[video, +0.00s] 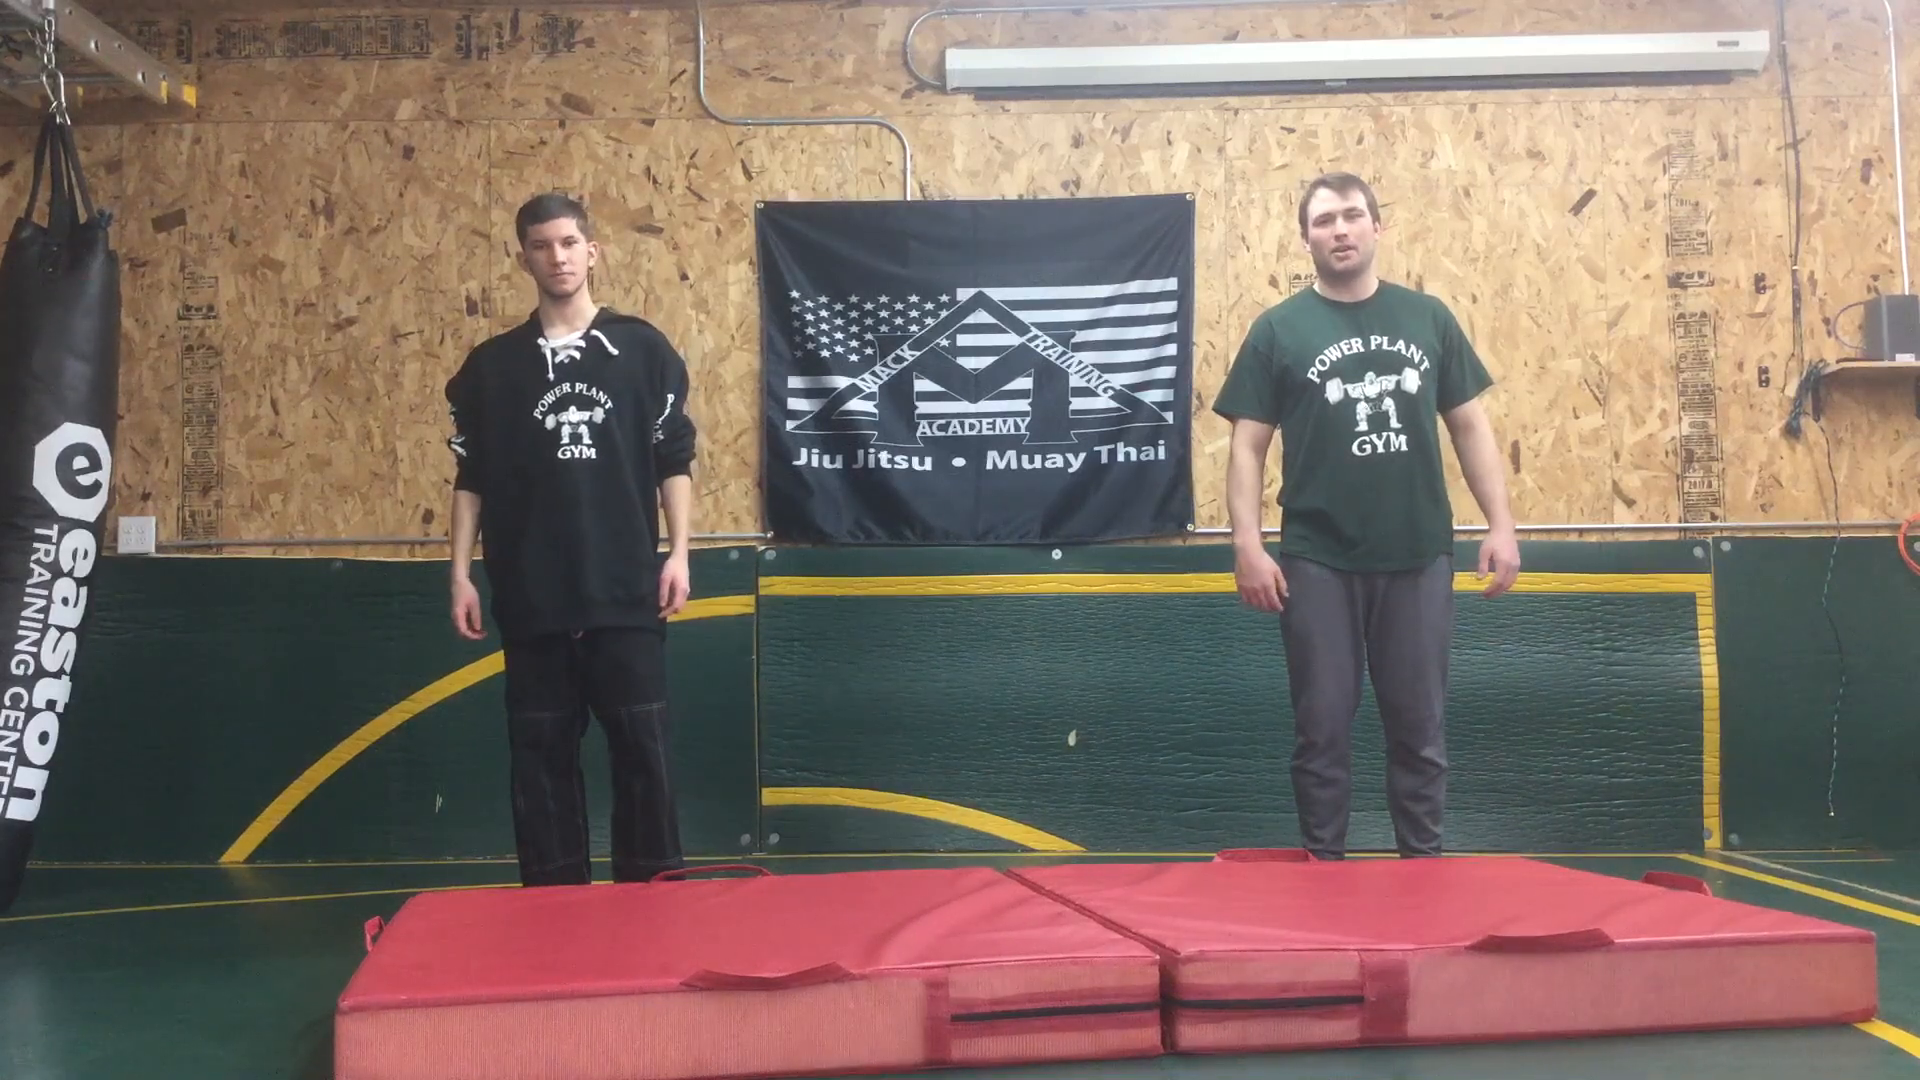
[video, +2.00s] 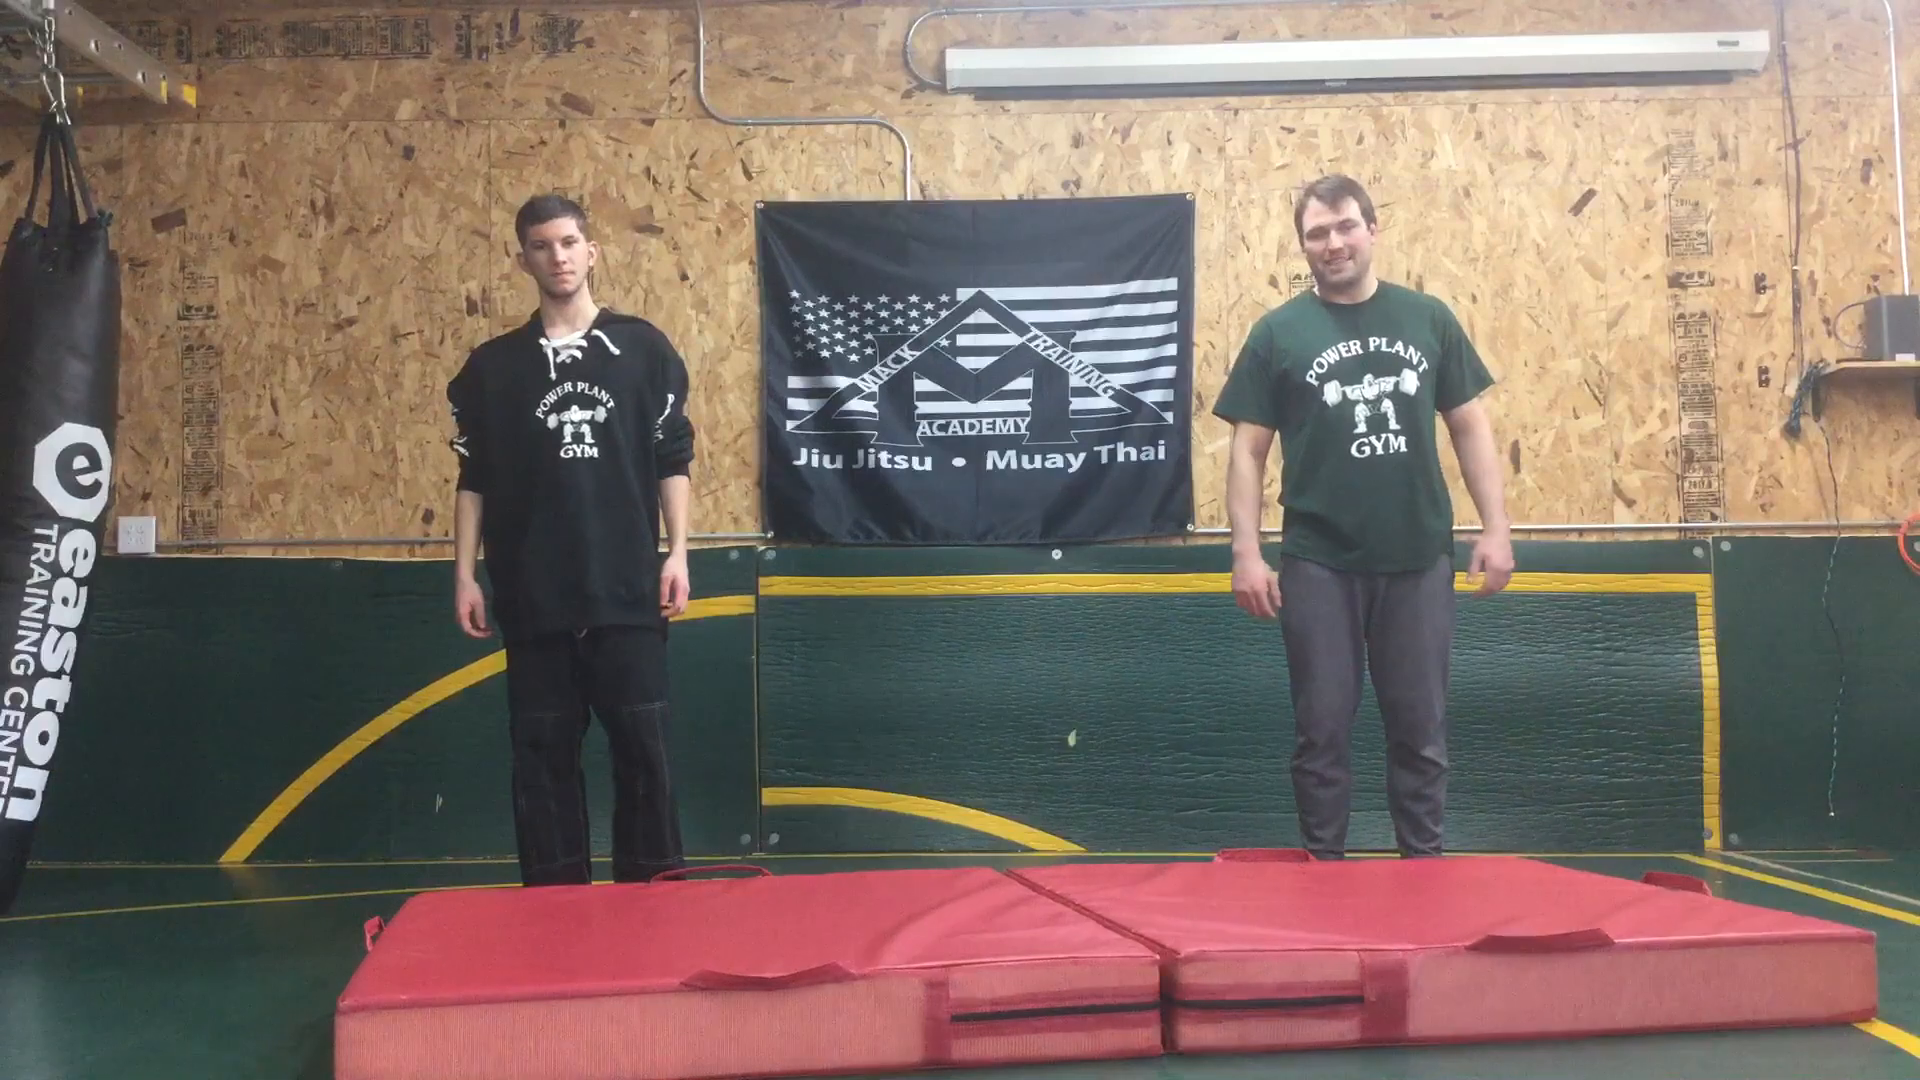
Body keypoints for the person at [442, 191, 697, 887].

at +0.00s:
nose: (557, 257)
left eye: (568, 242)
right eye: (542, 246)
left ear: (591, 250)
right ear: (525, 260)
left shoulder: (642, 347)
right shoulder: (489, 364)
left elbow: (674, 458)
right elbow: (470, 477)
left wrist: (679, 551)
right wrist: (461, 573)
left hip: (625, 585)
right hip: (529, 592)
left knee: (643, 756)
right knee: (542, 763)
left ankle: (652, 907)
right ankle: (554, 913)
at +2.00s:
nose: (558, 257)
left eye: (568, 242)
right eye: (542, 247)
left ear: (590, 249)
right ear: (525, 261)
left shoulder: (643, 347)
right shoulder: (489, 365)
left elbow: (672, 458)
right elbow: (473, 477)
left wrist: (678, 551)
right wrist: (465, 574)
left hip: (627, 585)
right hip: (531, 592)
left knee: (644, 754)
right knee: (543, 762)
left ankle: (653, 905)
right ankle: (555, 913)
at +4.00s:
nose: (563, 256)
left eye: (573, 242)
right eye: (547, 246)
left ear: (594, 251)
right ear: (529, 261)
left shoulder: (645, 351)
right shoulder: (490, 366)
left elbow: (669, 463)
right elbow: (471, 478)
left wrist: (678, 552)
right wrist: (473, 572)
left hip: (628, 584)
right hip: (532, 589)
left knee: (645, 751)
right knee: (543, 759)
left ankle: (654, 902)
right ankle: (555, 910)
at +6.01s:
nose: (558, 254)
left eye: (569, 240)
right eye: (543, 244)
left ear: (590, 249)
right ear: (525, 258)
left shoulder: (643, 350)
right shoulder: (486, 364)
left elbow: (669, 461)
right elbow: (471, 476)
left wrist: (681, 551)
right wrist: (462, 571)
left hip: (627, 583)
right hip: (531, 590)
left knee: (644, 752)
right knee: (543, 761)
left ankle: (653, 904)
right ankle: (554, 913)